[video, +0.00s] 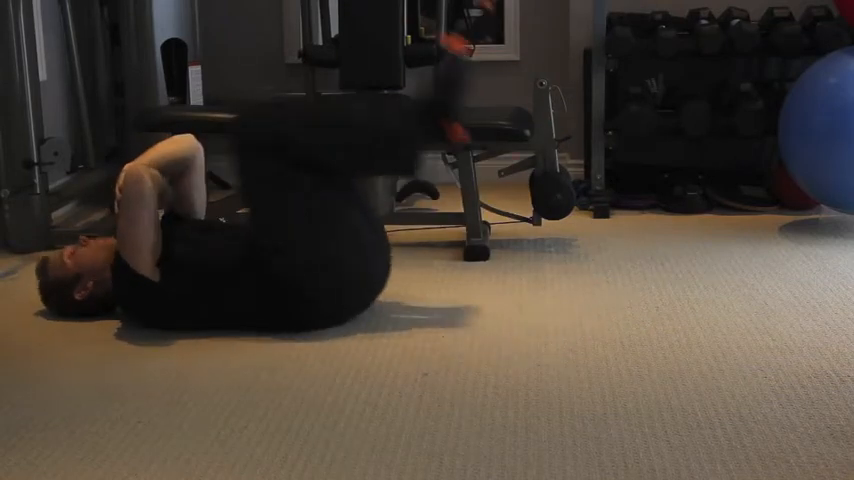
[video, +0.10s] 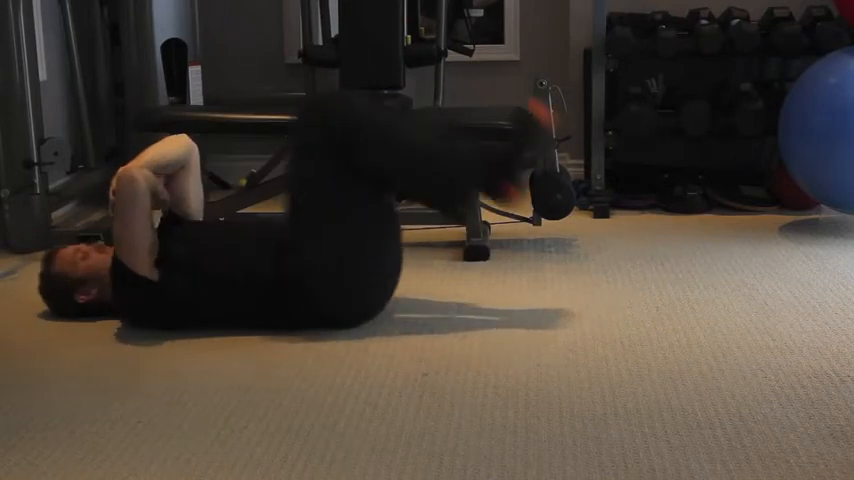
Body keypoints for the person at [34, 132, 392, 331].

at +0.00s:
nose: (86, 238)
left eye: (74, 243)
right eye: (75, 250)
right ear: (87, 287)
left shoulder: (175, 255)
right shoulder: (141, 296)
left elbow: (188, 149)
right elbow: (135, 180)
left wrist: (133, 189)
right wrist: (145, 207)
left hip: (348, 263)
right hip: (317, 283)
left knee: (264, 126)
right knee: (257, 132)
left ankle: (418, 119)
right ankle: (421, 127)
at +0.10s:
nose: (87, 247)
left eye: (79, 248)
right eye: (76, 259)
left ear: (97, 250)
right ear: (86, 291)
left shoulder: (175, 251)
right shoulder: (139, 294)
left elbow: (185, 149)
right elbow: (128, 180)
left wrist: (136, 191)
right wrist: (149, 191)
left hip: (345, 270)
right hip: (328, 288)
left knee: (344, 122)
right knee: (326, 122)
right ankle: (494, 176)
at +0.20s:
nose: (100, 250)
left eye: (92, 249)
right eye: (89, 259)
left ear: (113, 259)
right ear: (99, 293)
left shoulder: (177, 248)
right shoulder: (149, 294)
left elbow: (181, 150)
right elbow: (129, 177)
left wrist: (149, 227)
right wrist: (152, 213)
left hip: (355, 263)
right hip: (349, 289)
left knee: (399, 122)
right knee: (396, 124)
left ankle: (492, 225)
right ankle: (534, 220)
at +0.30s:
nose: (115, 255)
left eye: (108, 254)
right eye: (105, 265)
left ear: (127, 262)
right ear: (116, 295)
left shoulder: (193, 250)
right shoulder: (167, 294)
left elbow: (184, 149)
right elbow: (139, 176)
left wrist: (158, 222)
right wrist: (154, 224)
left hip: (367, 259)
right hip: (361, 289)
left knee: (447, 133)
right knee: (449, 152)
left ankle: (537, 261)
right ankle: (565, 264)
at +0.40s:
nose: (126, 252)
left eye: (119, 252)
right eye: (116, 263)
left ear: (137, 261)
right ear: (129, 293)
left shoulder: (200, 250)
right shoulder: (178, 291)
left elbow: (191, 152)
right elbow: (155, 171)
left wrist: (161, 215)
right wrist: (165, 228)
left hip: (376, 258)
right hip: (371, 287)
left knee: (474, 140)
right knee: (474, 155)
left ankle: (556, 274)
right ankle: (580, 281)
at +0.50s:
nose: (129, 250)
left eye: (121, 250)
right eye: (118, 260)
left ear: (139, 260)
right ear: (130, 292)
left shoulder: (205, 256)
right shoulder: (183, 293)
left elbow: (200, 152)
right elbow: (163, 168)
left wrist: (181, 225)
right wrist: (175, 233)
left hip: (380, 260)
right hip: (373, 287)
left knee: (478, 142)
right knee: (475, 153)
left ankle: (573, 273)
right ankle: (584, 279)